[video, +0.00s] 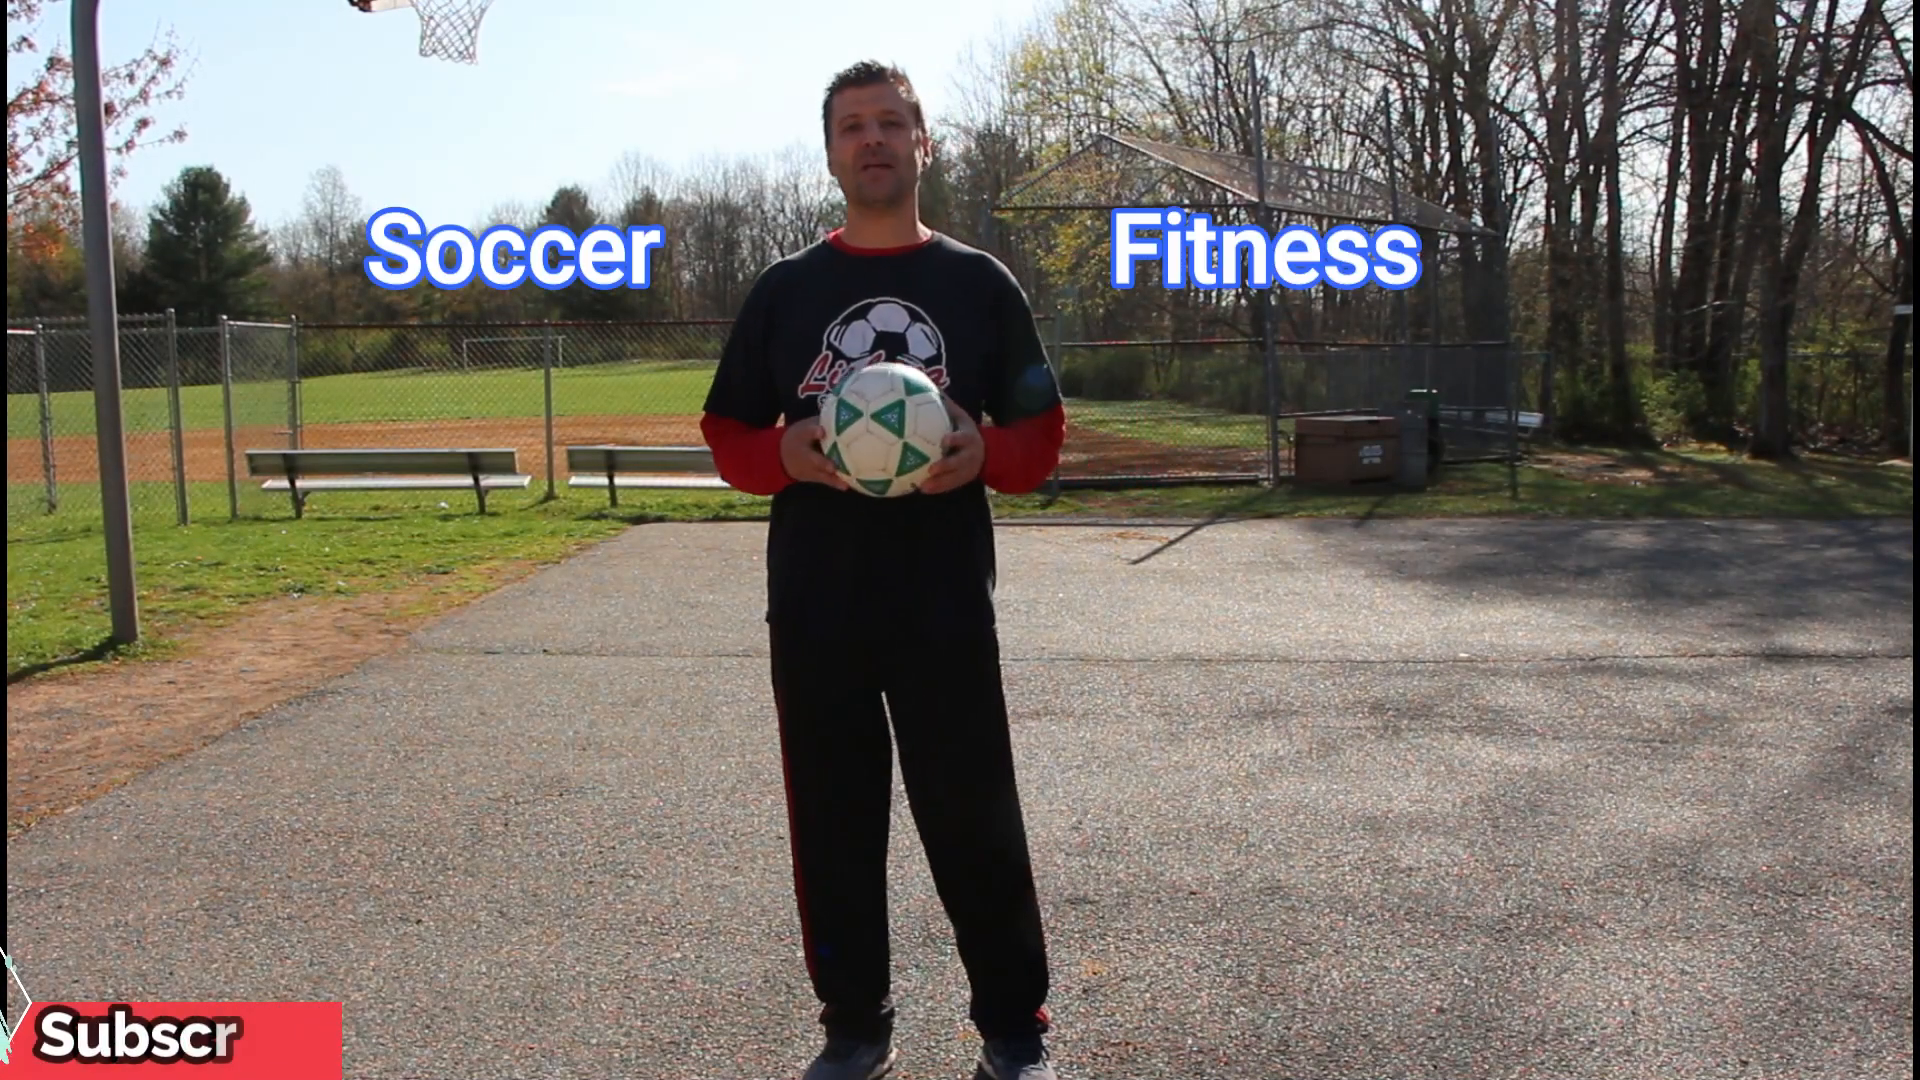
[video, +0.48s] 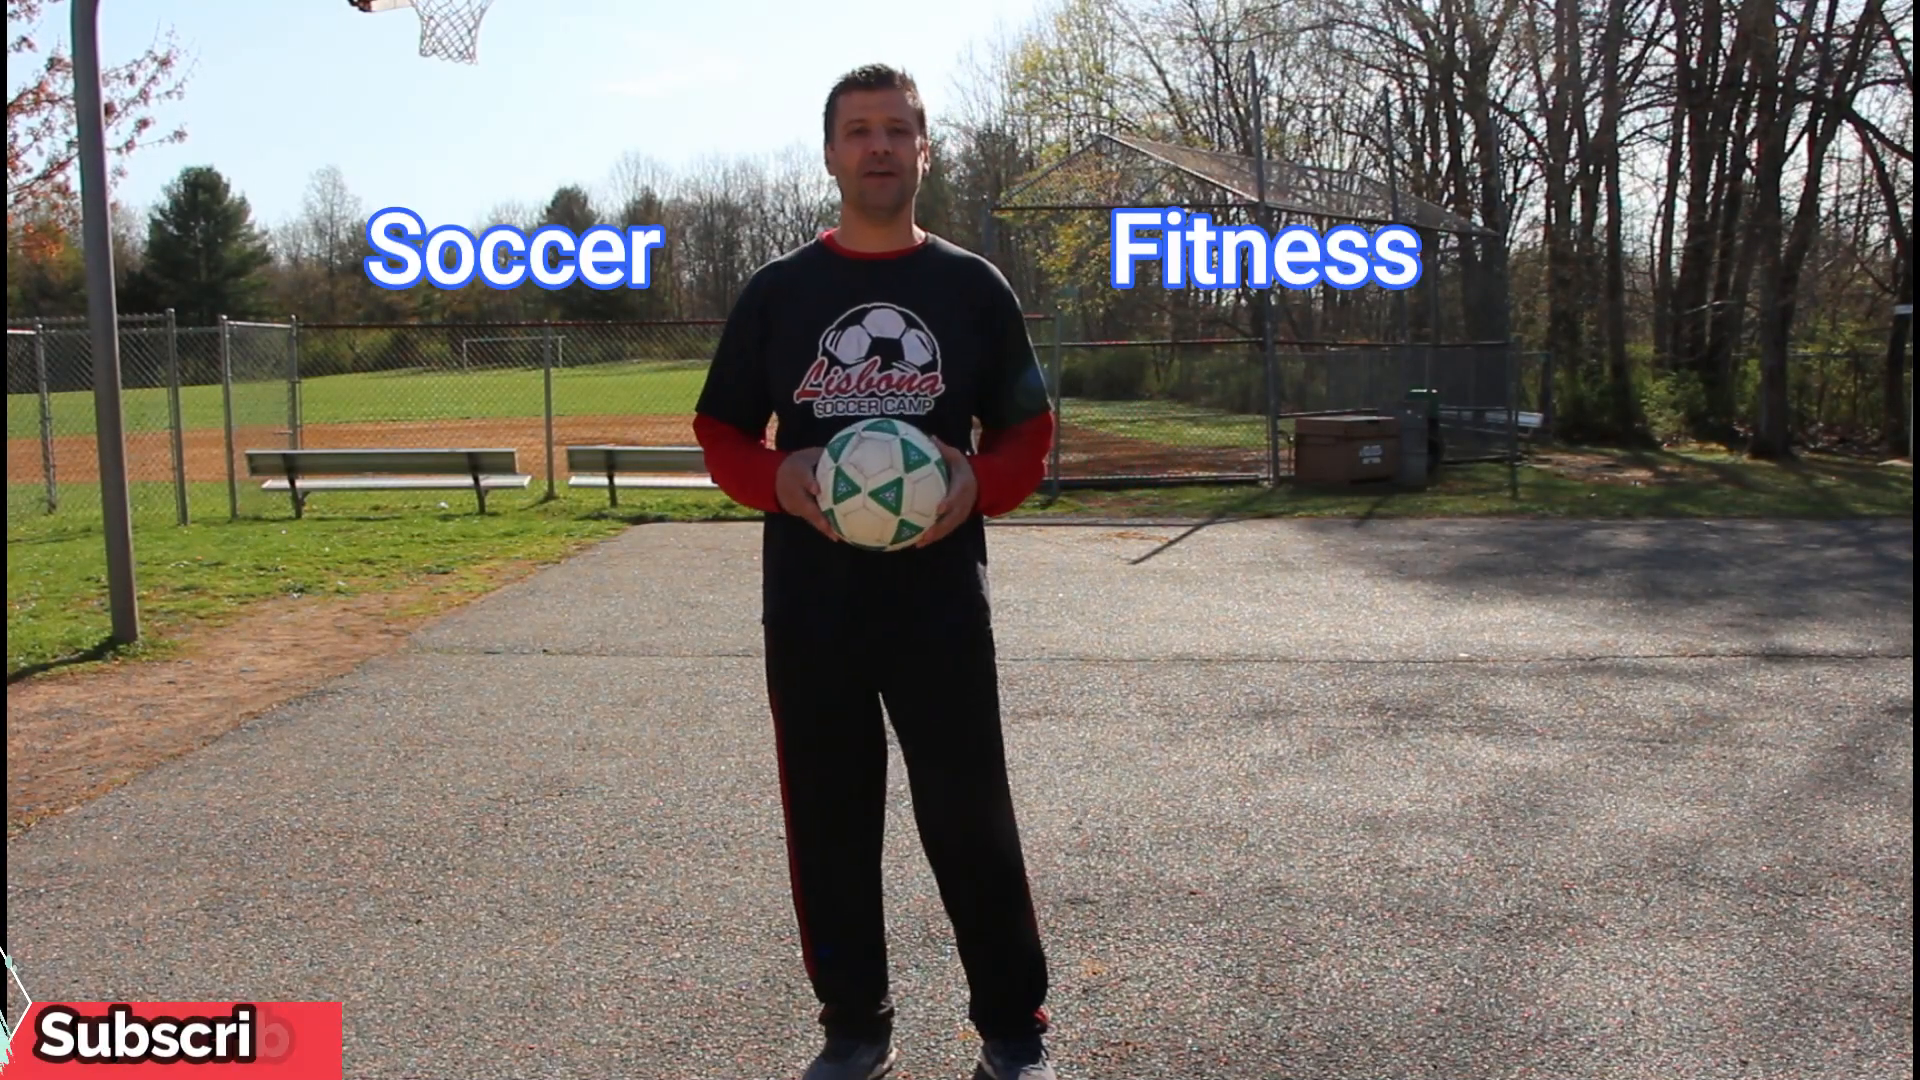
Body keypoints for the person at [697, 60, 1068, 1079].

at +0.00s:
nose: (876, 140)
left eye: (893, 123)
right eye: (854, 127)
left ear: (924, 142)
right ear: (829, 153)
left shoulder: (981, 282)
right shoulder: (780, 292)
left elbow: (1042, 433)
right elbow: (726, 439)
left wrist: (986, 449)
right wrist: (778, 451)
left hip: (941, 592)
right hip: (815, 598)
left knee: (973, 810)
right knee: (830, 815)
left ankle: (1013, 1025)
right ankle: (852, 1022)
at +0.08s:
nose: (873, 144)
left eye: (891, 127)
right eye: (852, 130)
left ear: (922, 144)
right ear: (827, 154)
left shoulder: (978, 284)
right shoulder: (778, 293)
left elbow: (1039, 428)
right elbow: (724, 429)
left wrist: (983, 470)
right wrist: (775, 469)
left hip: (938, 591)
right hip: (812, 596)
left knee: (969, 809)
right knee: (828, 814)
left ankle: (1013, 1025)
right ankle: (852, 1022)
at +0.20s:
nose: (876, 148)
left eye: (893, 131)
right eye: (854, 134)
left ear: (920, 148)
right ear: (826, 157)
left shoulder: (973, 287)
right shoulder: (775, 295)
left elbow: (1030, 434)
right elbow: (719, 431)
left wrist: (978, 483)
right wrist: (772, 478)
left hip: (936, 595)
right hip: (809, 598)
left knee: (966, 814)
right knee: (826, 818)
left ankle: (1012, 1027)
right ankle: (852, 1025)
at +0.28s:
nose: (876, 148)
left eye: (893, 131)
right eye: (854, 133)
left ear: (920, 148)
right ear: (826, 156)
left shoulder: (973, 286)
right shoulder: (773, 294)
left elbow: (1029, 433)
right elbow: (718, 427)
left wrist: (976, 482)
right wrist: (769, 475)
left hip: (934, 592)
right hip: (808, 595)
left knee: (966, 814)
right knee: (826, 817)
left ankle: (1012, 1028)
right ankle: (852, 1025)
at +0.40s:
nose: (880, 148)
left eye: (897, 131)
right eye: (857, 133)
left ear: (923, 148)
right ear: (828, 155)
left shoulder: (974, 287)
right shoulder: (774, 293)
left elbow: (1028, 433)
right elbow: (719, 427)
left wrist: (976, 486)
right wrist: (771, 480)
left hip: (935, 594)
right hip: (810, 597)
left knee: (968, 814)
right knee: (826, 819)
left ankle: (1013, 1029)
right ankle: (853, 1025)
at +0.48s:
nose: (881, 148)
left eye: (899, 131)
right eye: (859, 133)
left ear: (924, 149)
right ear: (830, 155)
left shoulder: (974, 287)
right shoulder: (775, 293)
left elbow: (1030, 432)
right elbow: (719, 428)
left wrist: (977, 483)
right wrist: (775, 481)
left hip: (937, 592)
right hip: (812, 596)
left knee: (970, 814)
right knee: (827, 818)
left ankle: (1013, 1030)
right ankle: (853, 1026)